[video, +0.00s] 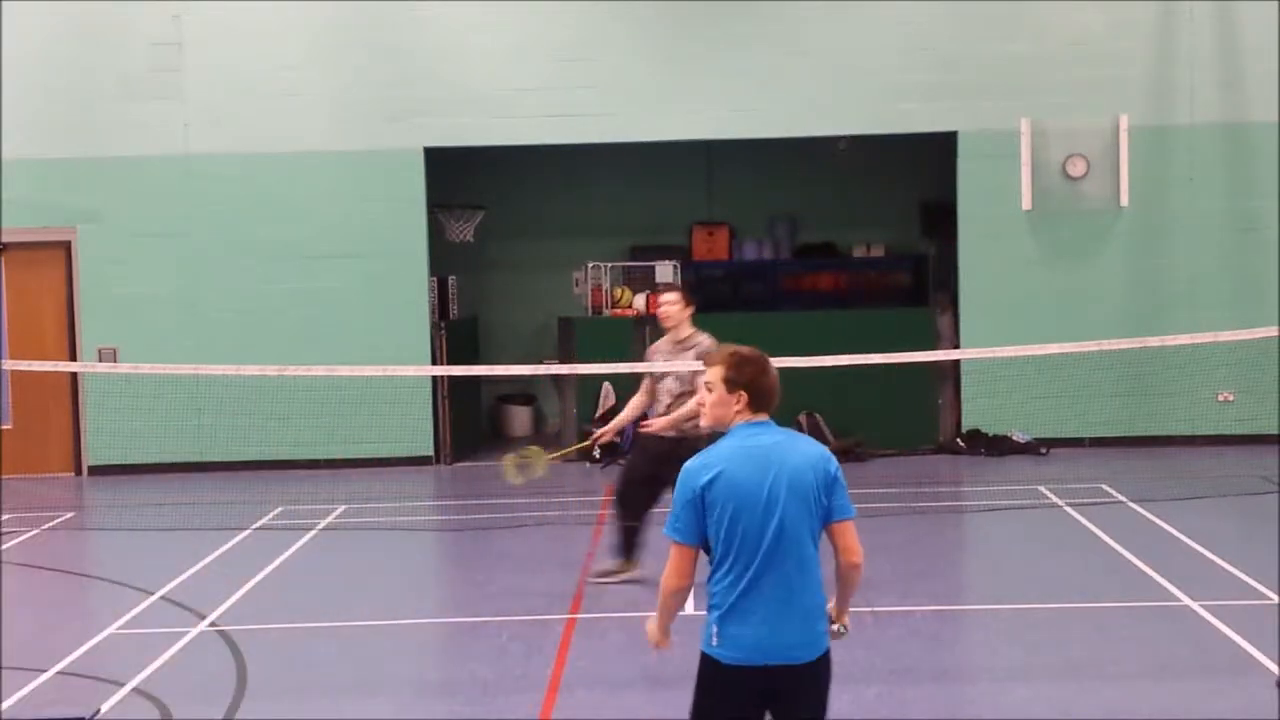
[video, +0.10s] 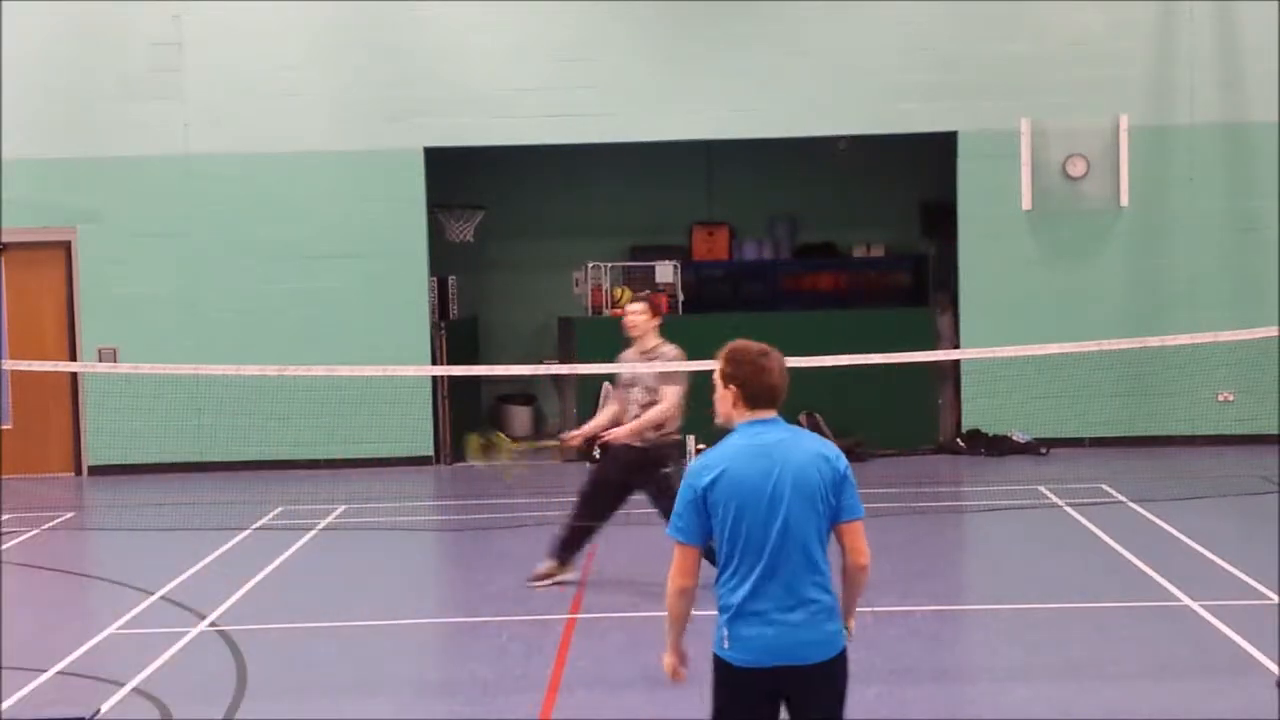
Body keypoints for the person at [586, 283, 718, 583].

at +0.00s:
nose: (663, 310)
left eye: (670, 305)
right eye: (660, 305)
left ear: (688, 309)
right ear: (657, 311)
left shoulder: (705, 346)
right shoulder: (657, 349)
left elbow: (707, 396)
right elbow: (644, 395)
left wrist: (669, 420)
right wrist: (613, 427)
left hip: (694, 440)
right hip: (655, 439)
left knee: (704, 502)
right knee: (630, 494)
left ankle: (723, 562)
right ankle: (626, 562)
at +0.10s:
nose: (629, 320)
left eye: (637, 314)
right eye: (627, 315)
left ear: (655, 319)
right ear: (623, 319)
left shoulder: (671, 357)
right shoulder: (626, 358)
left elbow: (670, 407)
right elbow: (616, 406)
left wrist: (624, 431)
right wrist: (584, 432)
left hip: (659, 450)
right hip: (623, 448)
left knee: (681, 515)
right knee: (593, 504)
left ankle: (730, 561)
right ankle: (560, 561)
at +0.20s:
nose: (590, 319)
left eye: (598, 313)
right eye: (589, 313)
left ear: (615, 321)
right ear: (587, 321)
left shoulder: (628, 357)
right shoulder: (588, 360)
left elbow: (629, 408)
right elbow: (583, 402)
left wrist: (589, 430)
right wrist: (538, 405)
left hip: (624, 450)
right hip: (590, 450)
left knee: (651, 507)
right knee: (562, 506)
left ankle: (709, 553)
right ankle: (538, 566)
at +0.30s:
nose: (558, 316)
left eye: (566, 312)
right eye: (557, 312)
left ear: (583, 322)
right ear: (555, 321)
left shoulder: (598, 354)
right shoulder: (555, 359)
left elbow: (606, 403)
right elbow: (538, 394)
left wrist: (565, 428)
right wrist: (505, 375)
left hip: (602, 438)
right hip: (571, 440)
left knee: (605, 503)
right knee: (536, 492)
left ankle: (650, 554)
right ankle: (528, 563)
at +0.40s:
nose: (537, 324)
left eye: (545, 319)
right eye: (536, 320)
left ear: (561, 330)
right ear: (534, 329)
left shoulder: (576, 364)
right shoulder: (530, 369)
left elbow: (581, 413)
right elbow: (504, 404)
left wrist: (551, 447)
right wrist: (475, 392)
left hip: (586, 444)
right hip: (553, 446)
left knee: (565, 502)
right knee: (519, 496)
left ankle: (587, 564)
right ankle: (510, 569)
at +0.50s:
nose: (530, 322)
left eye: (538, 320)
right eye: (529, 319)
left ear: (552, 334)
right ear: (526, 331)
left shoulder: (565, 366)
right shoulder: (519, 369)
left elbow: (573, 416)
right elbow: (502, 410)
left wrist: (553, 451)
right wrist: (479, 411)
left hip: (568, 446)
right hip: (535, 445)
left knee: (543, 500)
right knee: (506, 501)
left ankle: (569, 557)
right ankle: (507, 569)